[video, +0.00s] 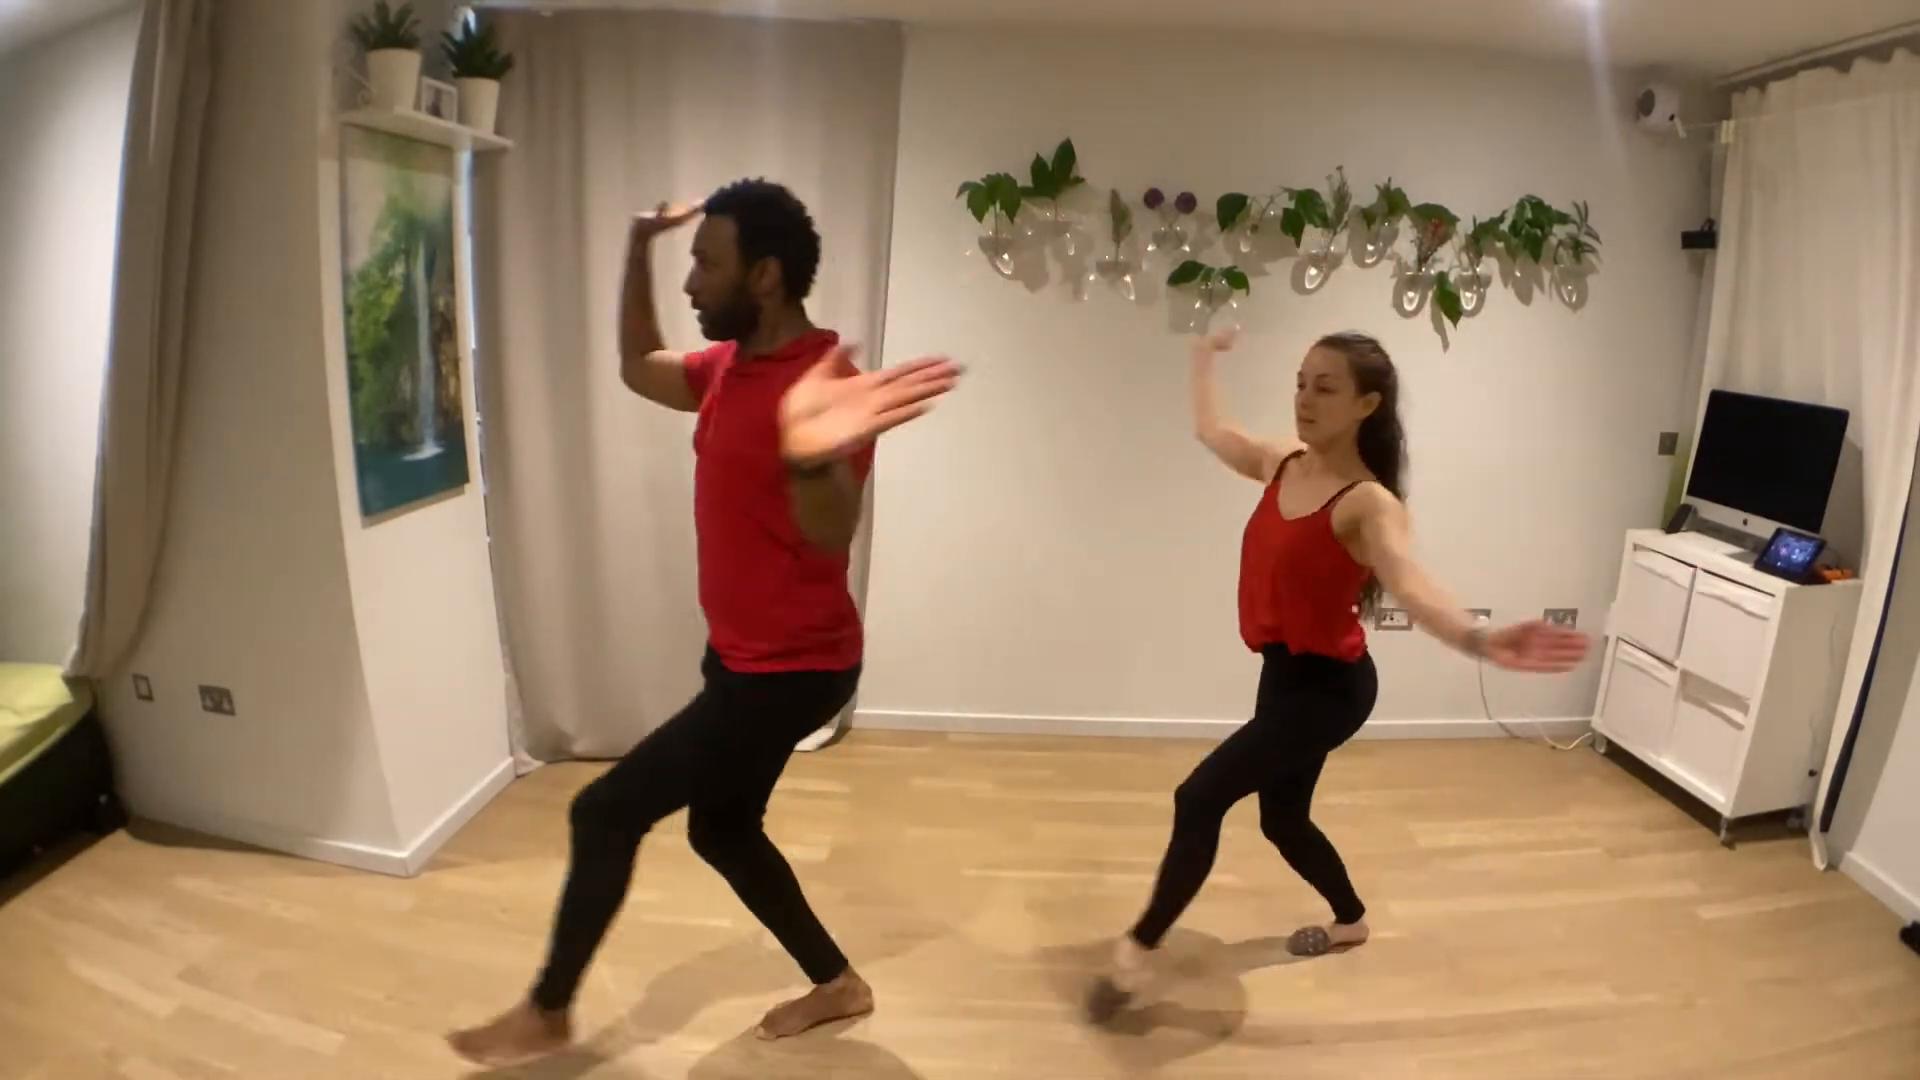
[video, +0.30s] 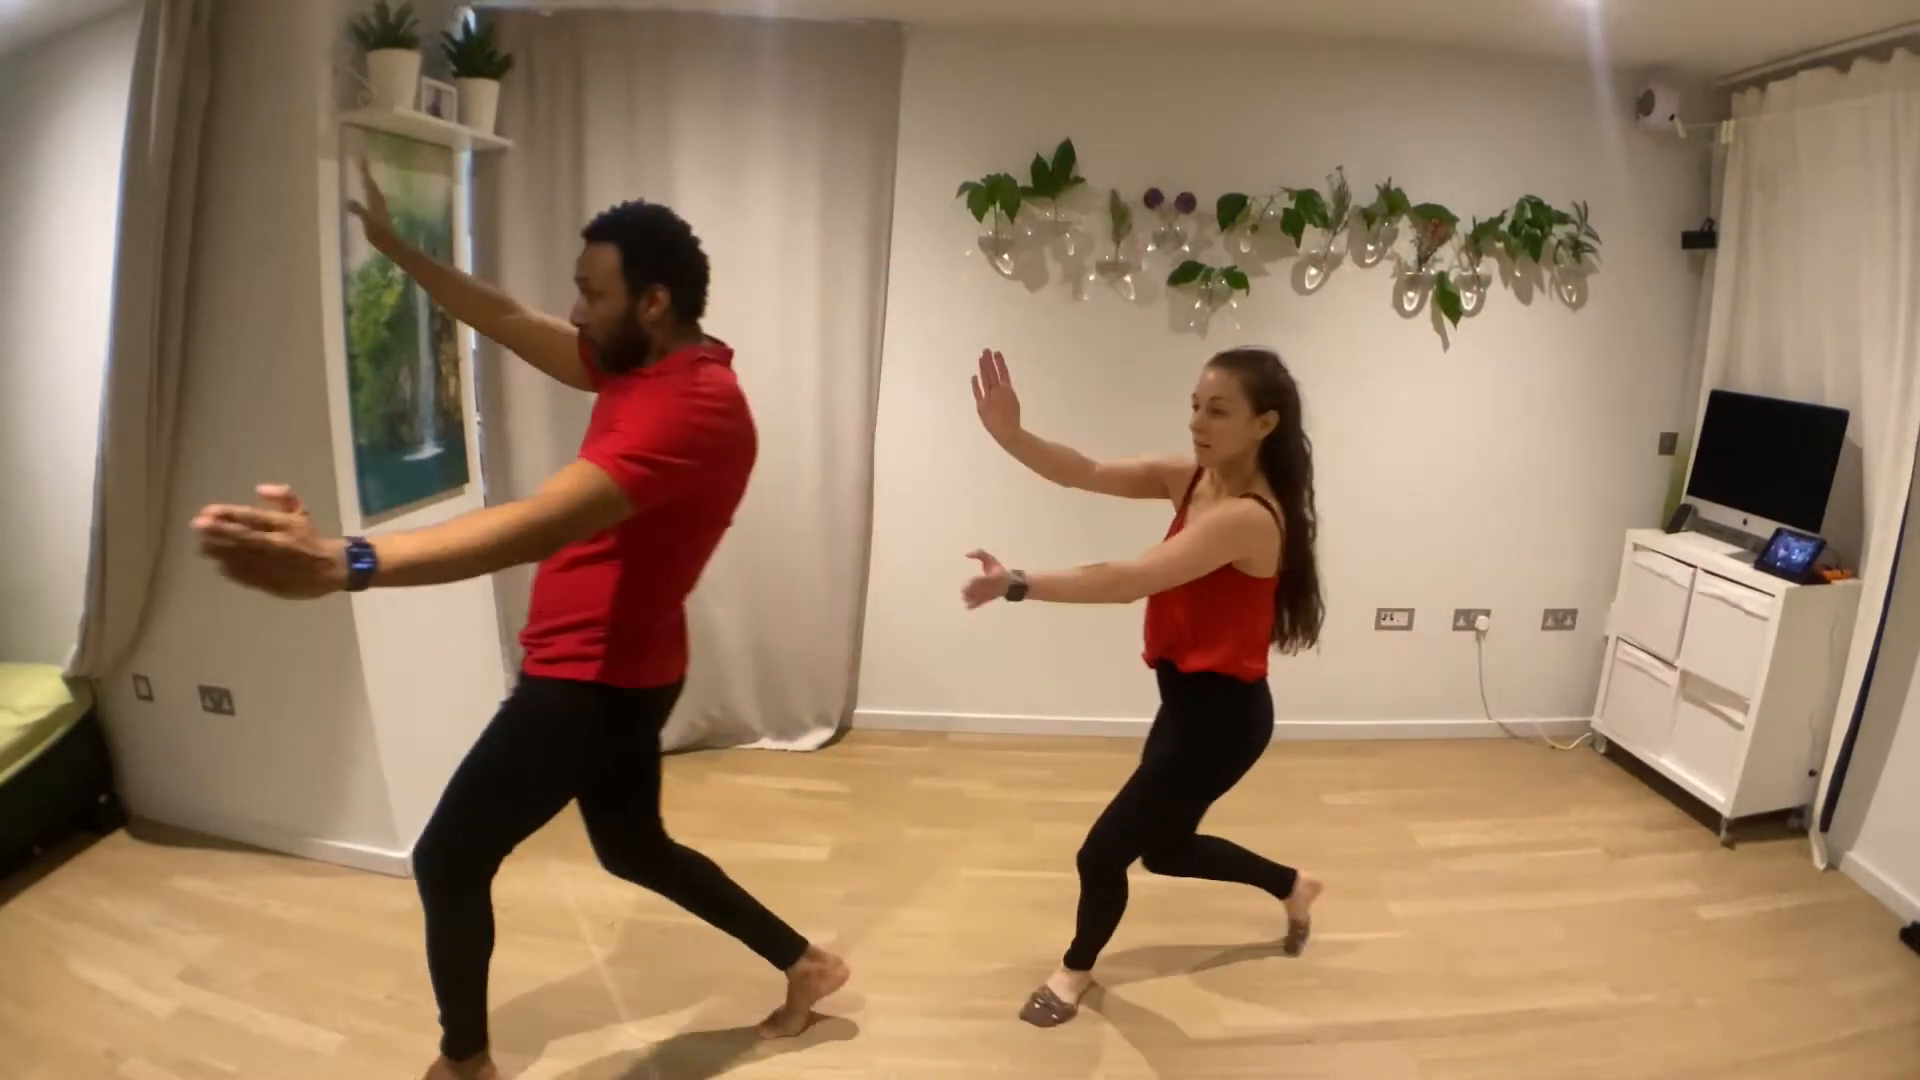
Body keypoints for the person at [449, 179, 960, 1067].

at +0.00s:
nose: (690, 279)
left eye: (705, 262)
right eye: (692, 262)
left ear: (767, 274)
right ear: (752, 275)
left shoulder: (830, 375)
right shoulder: (727, 364)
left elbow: (830, 538)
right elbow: (641, 366)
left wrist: (807, 460)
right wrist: (638, 249)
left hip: (796, 668)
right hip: (737, 655)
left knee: (606, 811)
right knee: (724, 832)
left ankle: (546, 1013)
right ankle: (837, 981)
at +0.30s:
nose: (575, 312)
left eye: (590, 292)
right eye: (579, 291)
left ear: (657, 303)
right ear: (653, 302)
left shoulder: (685, 409)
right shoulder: (656, 371)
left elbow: (530, 530)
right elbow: (510, 320)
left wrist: (343, 563)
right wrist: (400, 252)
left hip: (588, 680)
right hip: (619, 673)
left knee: (450, 858)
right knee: (634, 849)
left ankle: (464, 1060)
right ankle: (805, 963)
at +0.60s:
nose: (459, 295)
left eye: (483, 274)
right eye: (454, 273)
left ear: (544, 285)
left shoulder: (571, 399)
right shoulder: (528, 359)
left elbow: (647, 571)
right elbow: (501, 274)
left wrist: (539, 534)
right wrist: (442, 233)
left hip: (526, 689)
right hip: (515, 677)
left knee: (416, 878)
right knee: (465, 870)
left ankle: (468, 1068)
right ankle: (623, 967)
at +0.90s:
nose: (435, 355)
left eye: (456, 328)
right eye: (420, 334)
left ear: (511, 316)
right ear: (411, 331)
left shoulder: (592, 355)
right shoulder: (463, 441)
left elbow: (612, 493)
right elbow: (344, 572)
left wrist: (436, 503)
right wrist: (203, 527)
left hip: (696, 633)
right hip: (606, 636)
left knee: (596, 837)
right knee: (559, 830)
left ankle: (714, 990)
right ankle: (639, 980)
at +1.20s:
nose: (681, 378)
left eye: (688, 351)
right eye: (652, 365)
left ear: (698, 330)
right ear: (593, 363)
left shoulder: (713, 349)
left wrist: (764, 614)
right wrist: (908, 520)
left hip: (729, 633)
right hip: (641, 655)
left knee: (816, 821)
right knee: (707, 879)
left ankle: (797, 1030)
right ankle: (597, 963)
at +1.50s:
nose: (693, 300)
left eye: (699, 286)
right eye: (696, 285)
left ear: (725, 292)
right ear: (792, 294)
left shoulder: (672, 365)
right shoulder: (854, 387)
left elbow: (680, 479)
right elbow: (785, 490)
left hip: (707, 669)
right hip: (822, 660)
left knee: (785, 839)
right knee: (826, 762)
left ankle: (857, 1041)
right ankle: (851, 881)